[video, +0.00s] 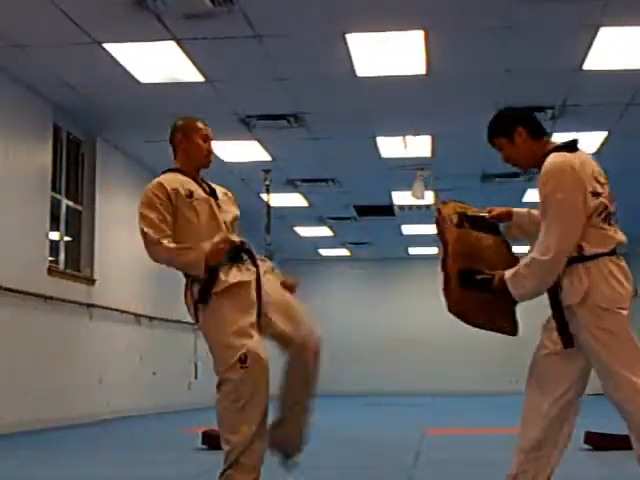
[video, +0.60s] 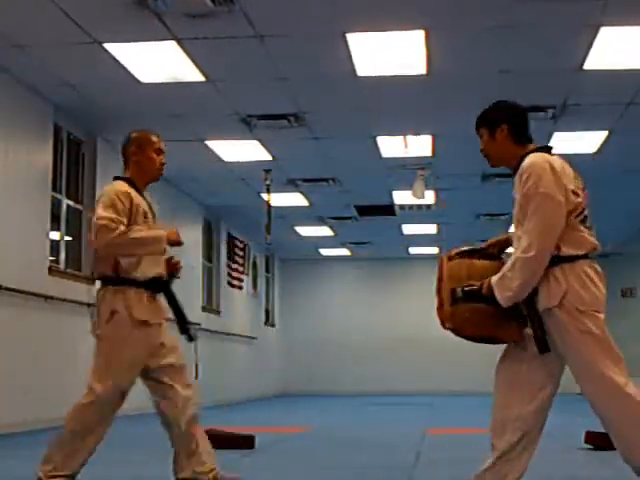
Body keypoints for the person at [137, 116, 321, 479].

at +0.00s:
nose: (211, 146)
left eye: (211, 140)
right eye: (203, 139)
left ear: (204, 146)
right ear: (180, 143)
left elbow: (234, 245)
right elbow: (157, 248)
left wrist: (274, 276)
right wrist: (203, 256)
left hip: (255, 277)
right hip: (217, 287)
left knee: (306, 339)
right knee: (245, 368)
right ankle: (240, 470)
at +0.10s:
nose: (216, 153)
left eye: (215, 147)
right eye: (208, 147)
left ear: (207, 155)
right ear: (185, 154)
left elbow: (256, 244)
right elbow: (160, 265)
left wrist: (298, 249)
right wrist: (205, 268)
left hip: (254, 301)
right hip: (214, 305)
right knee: (241, 388)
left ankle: (248, 470)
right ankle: (238, 471)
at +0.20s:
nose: (219, 154)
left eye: (218, 148)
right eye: (211, 148)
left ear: (213, 156)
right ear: (188, 154)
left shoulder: (229, 208)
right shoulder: (171, 204)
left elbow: (261, 241)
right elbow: (155, 261)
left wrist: (293, 230)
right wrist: (200, 267)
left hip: (242, 301)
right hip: (201, 300)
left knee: (254, 388)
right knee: (220, 366)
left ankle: (243, 465)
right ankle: (227, 464)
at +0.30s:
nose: (211, 138)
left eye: (211, 133)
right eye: (203, 132)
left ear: (207, 141)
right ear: (180, 137)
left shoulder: (216, 189)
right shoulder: (161, 183)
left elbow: (231, 234)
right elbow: (138, 237)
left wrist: (256, 226)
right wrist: (191, 247)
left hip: (219, 283)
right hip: (184, 280)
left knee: (233, 366)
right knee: (205, 354)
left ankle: (240, 466)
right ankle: (176, 465)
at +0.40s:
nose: (198, 140)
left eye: (198, 134)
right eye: (190, 132)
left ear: (190, 142)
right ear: (166, 137)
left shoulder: (196, 188)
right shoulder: (150, 178)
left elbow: (202, 234)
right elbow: (125, 232)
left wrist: (220, 239)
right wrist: (182, 243)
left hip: (204, 284)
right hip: (171, 280)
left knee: (221, 371)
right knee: (180, 367)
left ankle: (213, 466)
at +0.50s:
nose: (183, 155)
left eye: (183, 150)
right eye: (176, 148)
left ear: (165, 153)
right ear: (152, 151)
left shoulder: (168, 203)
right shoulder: (135, 194)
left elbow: (163, 255)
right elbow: (116, 246)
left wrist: (190, 261)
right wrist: (180, 251)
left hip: (186, 304)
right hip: (157, 302)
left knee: (208, 396)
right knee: (143, 392)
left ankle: (194, 472)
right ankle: (71, 454)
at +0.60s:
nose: (163, 160)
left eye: (163, 154)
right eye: (157, 152)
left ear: (139, 157)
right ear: (133, 155)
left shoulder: (142, 204)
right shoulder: (117, 192)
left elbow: (130, 264)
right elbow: (104, 240)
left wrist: (163, 269)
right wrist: (162, 239)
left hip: (150, 304)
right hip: (123, 304)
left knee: (179, 396)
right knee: (104, 396)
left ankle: (198, 471)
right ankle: (56, 471)